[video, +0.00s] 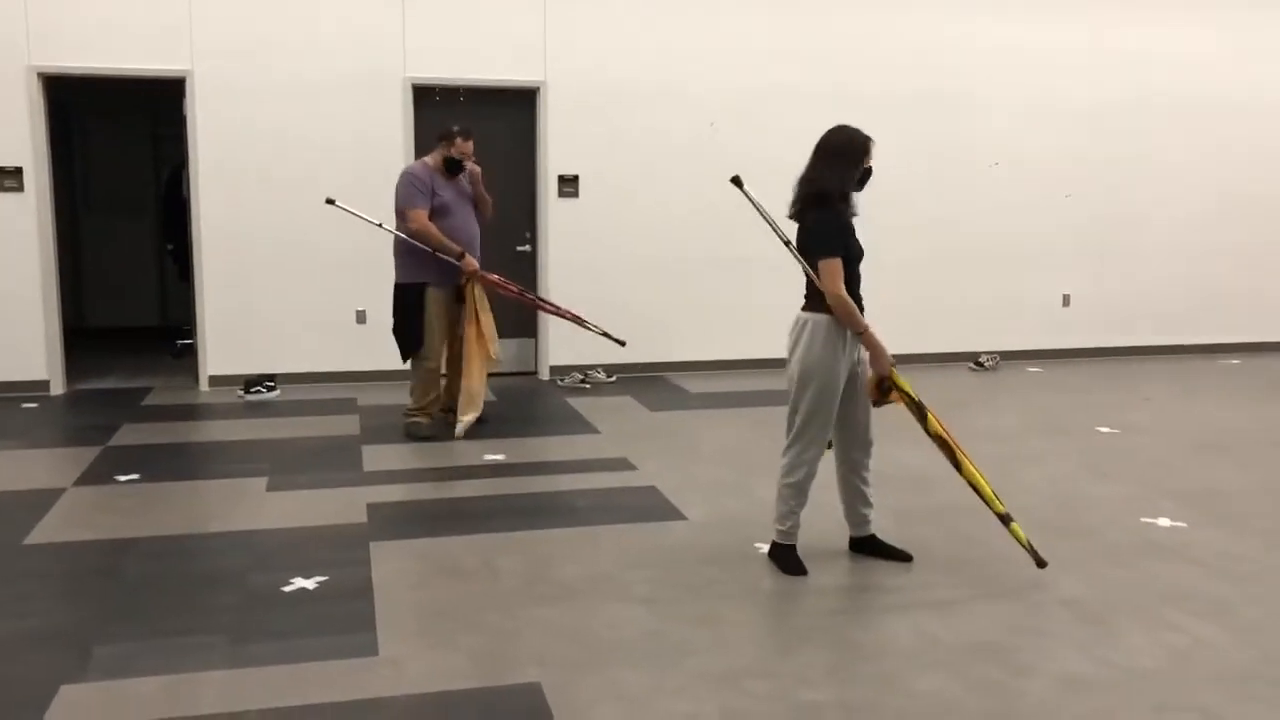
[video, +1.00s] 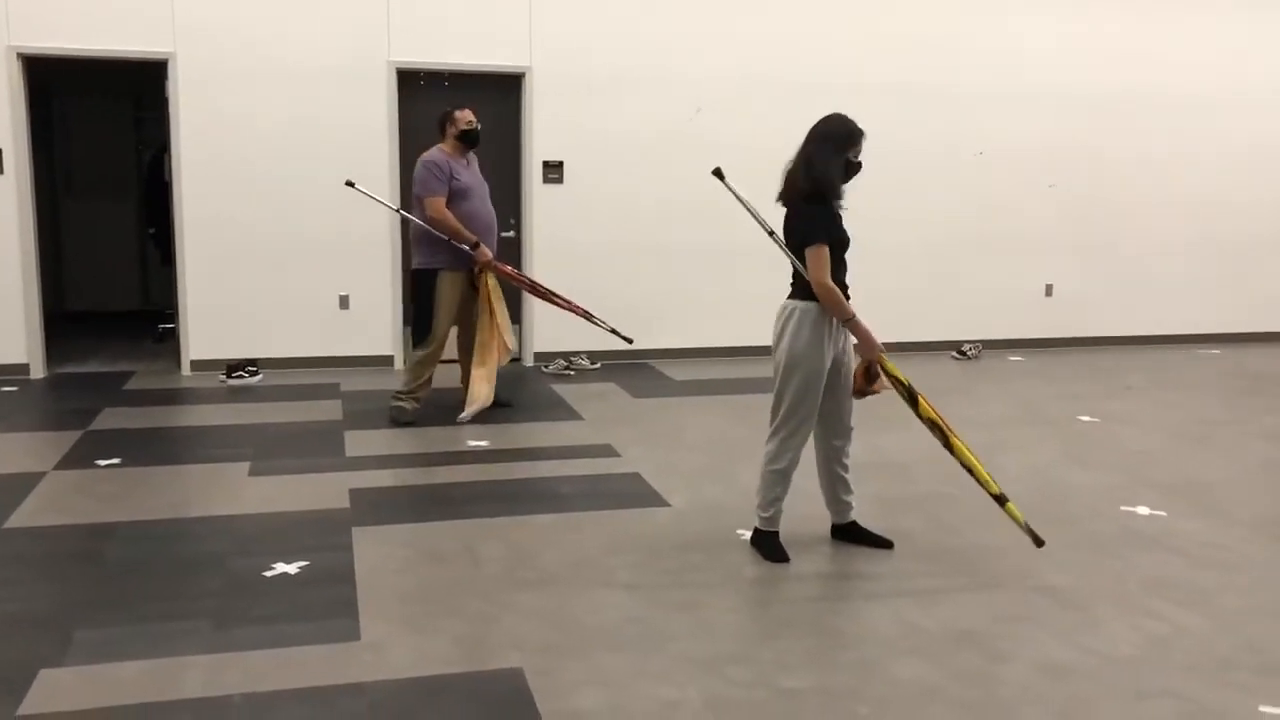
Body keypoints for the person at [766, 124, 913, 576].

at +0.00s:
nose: (868, 170)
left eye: (868, 161)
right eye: (864, 161)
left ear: (833, 159)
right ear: (846, 162)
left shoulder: (838, 212)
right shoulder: (823, 214)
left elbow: (839, 290)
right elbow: (834, 291)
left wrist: (864, 351)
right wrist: (875, 346)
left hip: (848, 334)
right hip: (821, 333)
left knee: (855, 441)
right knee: (808, 441)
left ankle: (861, 535)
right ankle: (783, 540)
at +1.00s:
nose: (858, 165)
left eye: (859, 156)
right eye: (853, 156)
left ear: (825, 153)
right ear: (832, 155)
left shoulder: (823, 204)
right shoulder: (811, 206)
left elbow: (827, 280)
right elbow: (820, 282)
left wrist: (850, 336)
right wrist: (863, 333)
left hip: (834, 323)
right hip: (806, 323)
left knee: (836, 428)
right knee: (791, 428)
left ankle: (843, 522)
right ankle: (766, 527)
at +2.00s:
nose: (832, 151)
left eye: (837, 144)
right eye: (827, 142)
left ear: (836, 142)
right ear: (804, 138)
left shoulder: (814, 193)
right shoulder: (786, 192)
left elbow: (817, 265)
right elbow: (796, 268)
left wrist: (842, 321)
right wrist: (846, 311)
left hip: (822, 311)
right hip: (790, 309)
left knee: (824, 416)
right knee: (772, 416)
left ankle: (827, 510)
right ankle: (751, 516)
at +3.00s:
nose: (825, 138)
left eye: (823, 129)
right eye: (821, 130)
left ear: (782, 130)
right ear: (810, 133)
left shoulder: (800, 181)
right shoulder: (786, 184)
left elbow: (800, 259)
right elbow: (791, 262)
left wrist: (832, 312)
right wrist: (843, 305)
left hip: (807, 302)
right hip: (782, 302)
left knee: (811, 408)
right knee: (768, 409)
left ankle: (820, 500)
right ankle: (743, 507)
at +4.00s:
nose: (829, 153)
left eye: (822, 145)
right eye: (825, 145)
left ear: (774, 149)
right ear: (819, 149)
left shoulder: (764, 200)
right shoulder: (813, 199)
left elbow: (754, 264)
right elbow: (815, 275)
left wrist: (754, 322)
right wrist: (866, 314)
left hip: (778, 311)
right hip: (800, 313)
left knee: (819, 417)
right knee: (793, 417)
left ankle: (839, 509)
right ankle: (752, 518)